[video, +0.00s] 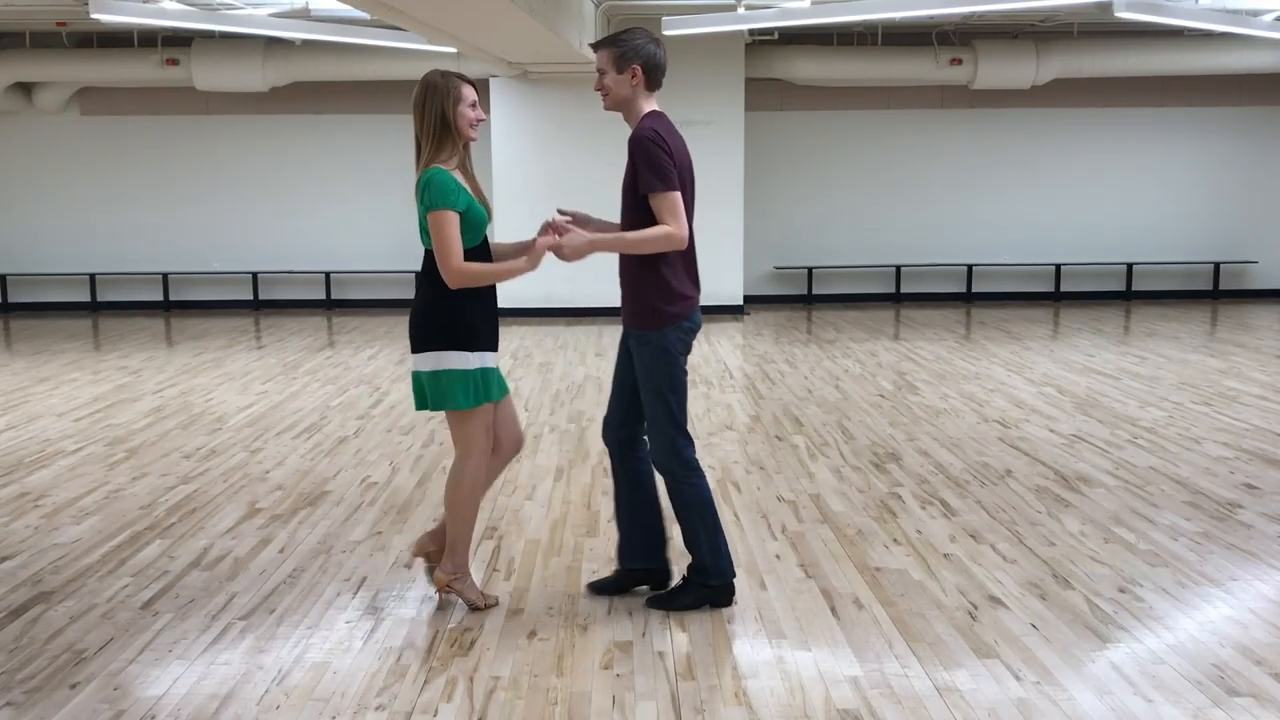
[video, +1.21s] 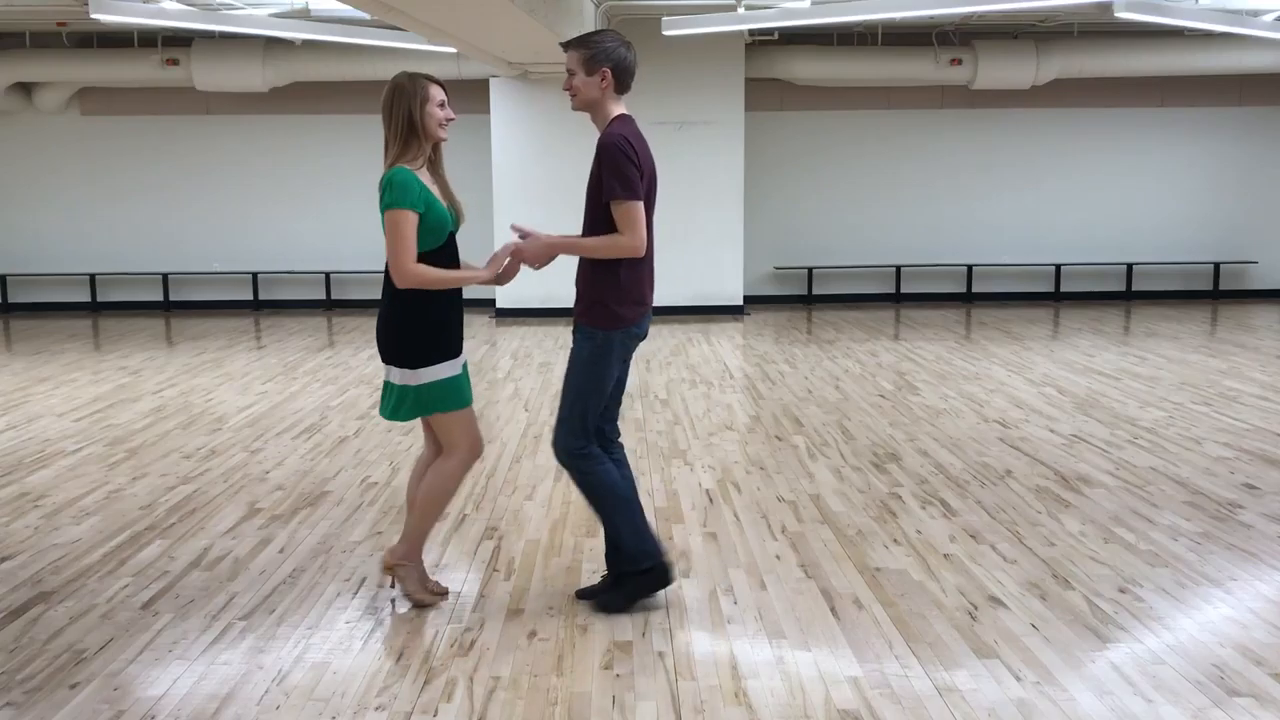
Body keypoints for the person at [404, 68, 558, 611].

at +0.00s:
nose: (480, 114)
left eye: (478, 105)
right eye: (470, 106)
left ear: (463, 113)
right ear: (444, 114)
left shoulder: (459, 178)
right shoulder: (441, 181)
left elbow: (482, 253)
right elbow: (453, 272)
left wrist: (535, 243)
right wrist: (524, 265)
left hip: (469, 334)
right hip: (449, 337)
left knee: (506, 442)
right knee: (473, 453)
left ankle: (440, 537)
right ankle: (455, 569)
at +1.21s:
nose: (450, 113)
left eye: (447, 104)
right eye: (439, 105)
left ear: (428, 113)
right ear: (412, 114)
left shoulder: (426, 176)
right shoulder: (403, 180)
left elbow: (435, 263)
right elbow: (405, 273)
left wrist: (486, 271)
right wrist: (478, 275)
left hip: (430, 332)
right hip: (421, 338)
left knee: (437, 446)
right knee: (465, 445)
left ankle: (411, 560)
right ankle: (405, 550)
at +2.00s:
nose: (442, 111)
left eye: (439, 102)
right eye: (431, 103)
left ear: (409, 113)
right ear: (405, 112)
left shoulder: (409, 174)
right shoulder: (403, 177)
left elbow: (437, 246)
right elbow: (440, 263)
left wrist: (493, 229)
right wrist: (510, 244)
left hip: (398, 330)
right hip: (412, 334)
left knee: (415, 444)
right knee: (460, 440)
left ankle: (374, 556)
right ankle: (420, 557)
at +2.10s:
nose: (448, 110)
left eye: (445, 101)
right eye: (438, 102)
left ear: (415, 113)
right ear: (414, 111)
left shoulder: (414, 173)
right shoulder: (412, 176)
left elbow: (450, 238)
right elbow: (460, 257)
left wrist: (502, 211)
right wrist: (533, 231)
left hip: (404, 328)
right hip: (423, 331)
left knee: (421, 443)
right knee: (466, 440)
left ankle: (375, 554)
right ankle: (460, 560)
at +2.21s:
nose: (460, 111)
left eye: (458, 102)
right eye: (451, 103)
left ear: (429, 113)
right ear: (427, 112)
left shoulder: (432, 173)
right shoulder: (425, 177)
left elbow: (474, 231)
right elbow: (483, 249)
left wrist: (519, 198)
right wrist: (561, 219)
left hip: (427, 328)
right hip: (440, 332)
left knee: (428, 443)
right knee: (484, 439)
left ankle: (379, 553)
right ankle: (467, 560)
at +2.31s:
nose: (473, 111)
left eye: (471, 102)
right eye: (464, 103)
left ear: (441, 113)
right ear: (440, 111)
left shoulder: (445, 173)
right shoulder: (439, 176)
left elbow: (498, 233)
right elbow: (504, 238)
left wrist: (537, 197)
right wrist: (574, 206)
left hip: (450, 329)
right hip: (461, 333)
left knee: (454, 444)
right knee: (493, 440)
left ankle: (394, 546)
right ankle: (468, 560)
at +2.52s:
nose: (503, 114)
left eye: (503, 106)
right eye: (494, 106)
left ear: (496, 113)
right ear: (469, 114)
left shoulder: (496, 179)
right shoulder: (471, 178)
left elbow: (542, 240)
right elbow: (543, 200)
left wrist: (582, 190)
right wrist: (610, 151)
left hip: (513, 328)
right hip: (484, 332)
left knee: (552, 436)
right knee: (509, 447)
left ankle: (507, 544)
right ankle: (465, 560)